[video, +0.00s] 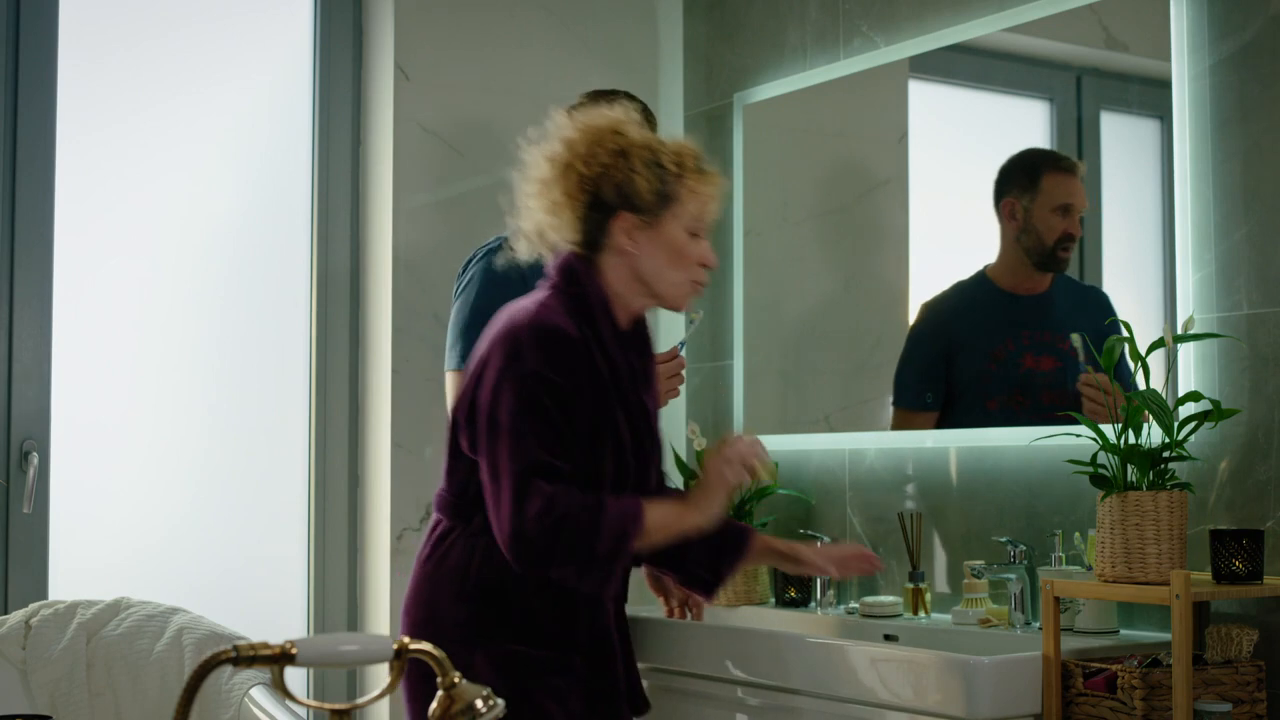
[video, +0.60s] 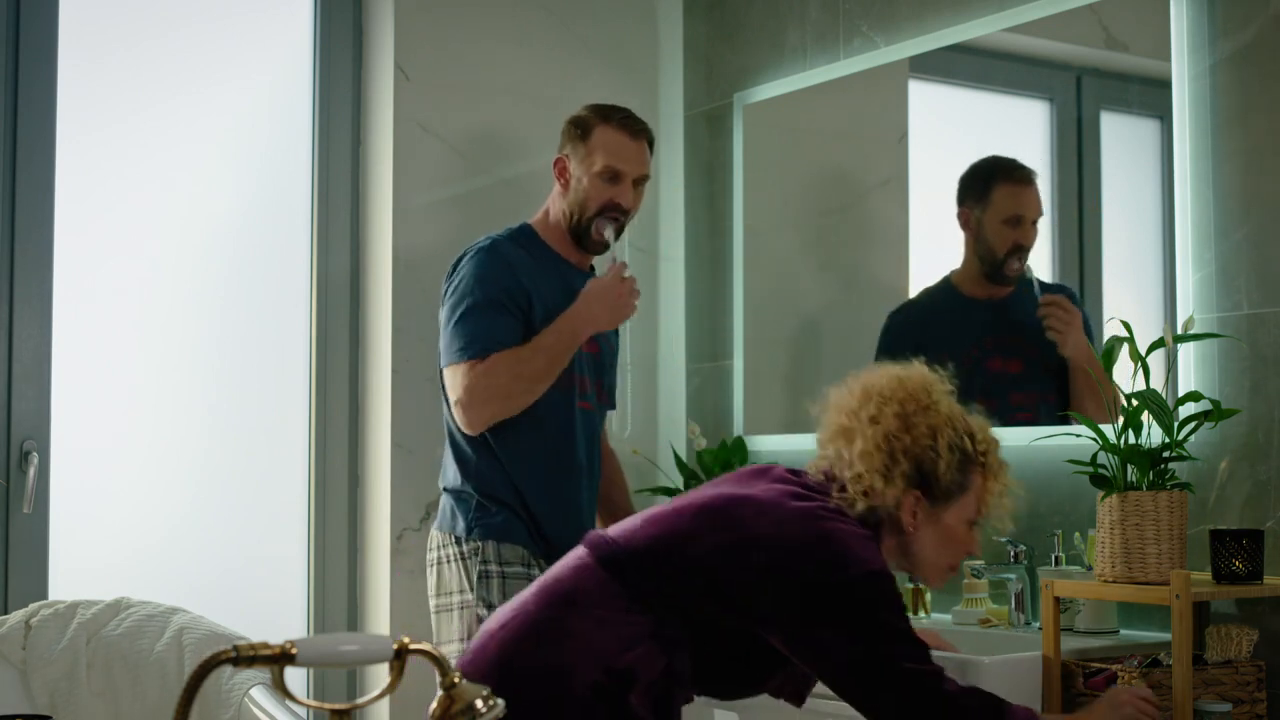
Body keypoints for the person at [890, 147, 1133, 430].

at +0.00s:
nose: (1075, 231)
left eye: (1079, 217)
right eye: (1062, 213)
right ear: (1012, 213)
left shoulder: (1091, 308)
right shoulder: (944, 318)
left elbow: (1138, 422)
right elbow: (906, 452)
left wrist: (1123, 415)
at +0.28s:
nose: (1036, 235)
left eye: (1040, 220)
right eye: (1021, 219)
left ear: (1046, 219)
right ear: (974, 219)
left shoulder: (1068, 307)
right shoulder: (918, 324)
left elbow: (1114, 415)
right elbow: (892, 442)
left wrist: (1085, 402)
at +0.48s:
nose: (1024, 238)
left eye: (1030, 222)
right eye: (1009, 222)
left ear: (1036, 221)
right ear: (963, 222)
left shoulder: (1058, 305)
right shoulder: (911, 323)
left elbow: (1103, 422)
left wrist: (1080, 374)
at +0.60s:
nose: (1028, 239)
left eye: (1034, 223)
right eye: (1013, 223)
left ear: (1040, 222)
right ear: (967, 220)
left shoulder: (1060, 308)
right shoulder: (911, 324)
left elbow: (1102, 424)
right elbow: (890, 439)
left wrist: (1081, 353)